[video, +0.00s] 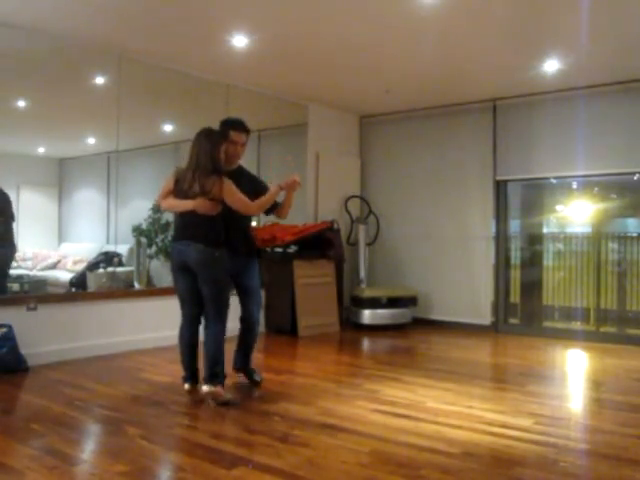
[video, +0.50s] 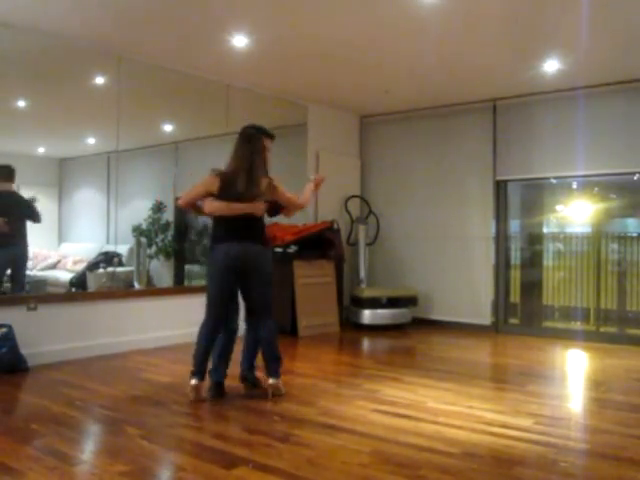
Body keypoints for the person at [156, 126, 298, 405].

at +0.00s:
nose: (229, 155)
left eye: (229, 149)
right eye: (225, 150)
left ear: (195, 150)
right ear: (215, 151)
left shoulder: (179, 176)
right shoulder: (218, 183)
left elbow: (161, 199)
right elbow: (251, 209)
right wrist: (277, 190)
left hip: (180, 250)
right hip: (208, 252)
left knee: (189, 315)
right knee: (216, 317)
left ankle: (190, 379)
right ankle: (213, 382)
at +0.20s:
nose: (242, 155)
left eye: (244, 149)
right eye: (238, 149)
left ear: (207, 151)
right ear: (227, 152)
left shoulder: (188, 177)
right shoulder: (231, 185)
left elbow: (166, 199)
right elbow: (266, 210)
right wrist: (293, 191)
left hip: (189, 254)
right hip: (219, 256)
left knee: (193, 318)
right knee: (230, 317)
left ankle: (189, 378)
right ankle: (220, 382)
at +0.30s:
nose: (249, 155)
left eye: (251, 149)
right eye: (246, 149)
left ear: (215, 152)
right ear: (236, 153)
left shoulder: (197, 178)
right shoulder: (240, 185)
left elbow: (171, 198)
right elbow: (277, 209)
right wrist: (302, 190)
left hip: (197, 256)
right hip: (229, 257)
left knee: (198, 319)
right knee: (246, 318)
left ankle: (191, 377)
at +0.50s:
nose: (269, 156)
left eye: (268, 151)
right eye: (267, 151)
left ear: (239, 150)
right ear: (260, 152)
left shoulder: (218, 180)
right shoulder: (265, 184)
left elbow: (184, 201)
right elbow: (299, 204)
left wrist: (205, 211)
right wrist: (312, 185)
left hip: (223, 254)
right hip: (256, 255)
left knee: (214, 316)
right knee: (262, 315)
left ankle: (197, 375)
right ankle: (274, 375)